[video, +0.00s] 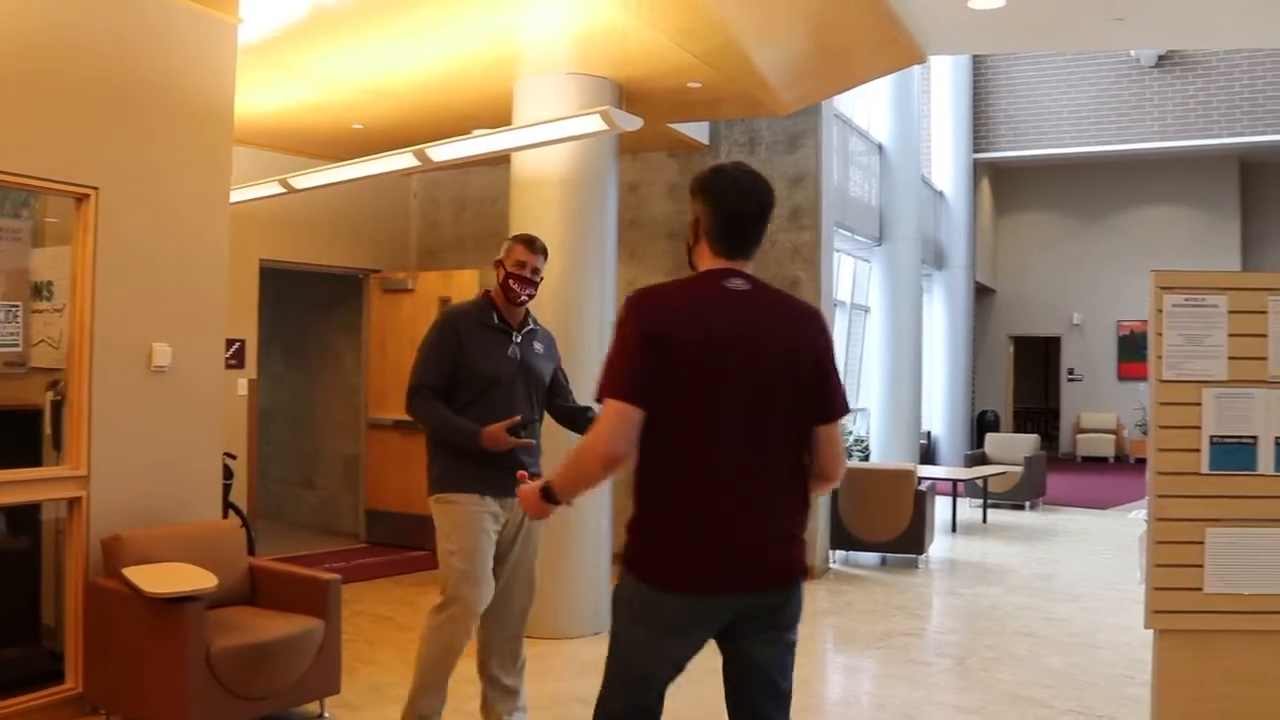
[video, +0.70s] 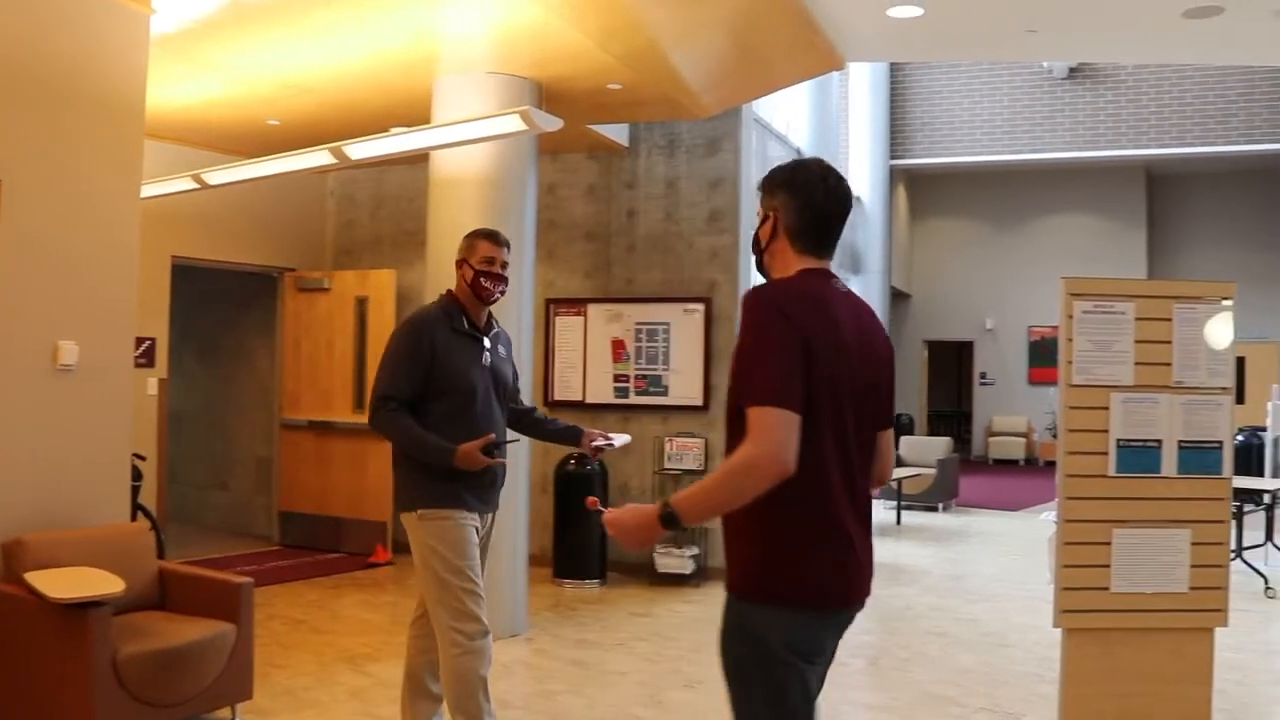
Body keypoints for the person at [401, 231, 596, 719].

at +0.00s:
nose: (522, 279)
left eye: (532, 274)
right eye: (516, 269)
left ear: (540, 280)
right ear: (497, 267)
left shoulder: (542, 340)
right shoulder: (457, 323)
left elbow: (562, 404)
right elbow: (420, 400)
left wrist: (601, 419)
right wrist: (476, 434)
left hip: (522, 492)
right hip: (463, 488)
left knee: (510, 610)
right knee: (467, 598)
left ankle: (504, 711)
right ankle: (421, 712)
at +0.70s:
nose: (495, 277)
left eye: (502, 270)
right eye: (486, 267)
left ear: (507, 277)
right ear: (460, 267)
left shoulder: (498, 339)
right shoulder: (421, 328)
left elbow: (513, 413)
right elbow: (383, 412)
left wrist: (578, 436)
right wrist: (451, 453)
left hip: (480, 500)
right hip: (435, 501)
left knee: (434, 628)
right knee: (469, 635)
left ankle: (421, 715)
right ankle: (475, 717)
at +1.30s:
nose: (467, 256)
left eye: (470, 247)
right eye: (455, 247)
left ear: (473, 252)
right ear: (422, 251)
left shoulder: (455, 317)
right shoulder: (392, 319)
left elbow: (469, 395)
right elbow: (362, 423)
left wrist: (527, 414)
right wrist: (443, 464)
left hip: (461, 501)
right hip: (406, 511)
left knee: (475, 616)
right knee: (416, 649)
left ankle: (439, 714)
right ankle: (404, 719)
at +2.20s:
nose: (430, 257)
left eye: (435, 250)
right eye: (421, 246)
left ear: (436, 256)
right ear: (390, 246)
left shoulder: (415, 320)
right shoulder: (348, 308)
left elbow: (433, 414)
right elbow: (313, 398)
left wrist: (501, 443)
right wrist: (392, 438)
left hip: (412, 499)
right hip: (361, 498)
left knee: (392, 633)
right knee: (370, 630)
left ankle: (369, 712)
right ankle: (324, 717)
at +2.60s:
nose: (398, 255)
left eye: (403, 247)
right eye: (389, 243)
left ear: (404, 251)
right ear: (355, 240)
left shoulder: (378, 317)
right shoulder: (311, 302)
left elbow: (384, 415)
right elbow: (274, 396)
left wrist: (425, 479)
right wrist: (351, 449)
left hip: (361, 495)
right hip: (314, 495)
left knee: (312, 631)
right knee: (338, 640)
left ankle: (303, 715)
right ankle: (343, 718)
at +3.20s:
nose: (347, 238)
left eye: (351, 228)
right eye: (336, 225)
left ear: (352, 229)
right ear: (298, 224)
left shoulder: (324, 295)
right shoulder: (264, 297)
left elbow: (325, 399)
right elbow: (236, 417)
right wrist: (327, 474)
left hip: (319, 506)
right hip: (283, 508)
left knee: (279, 661)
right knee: (295, 672)